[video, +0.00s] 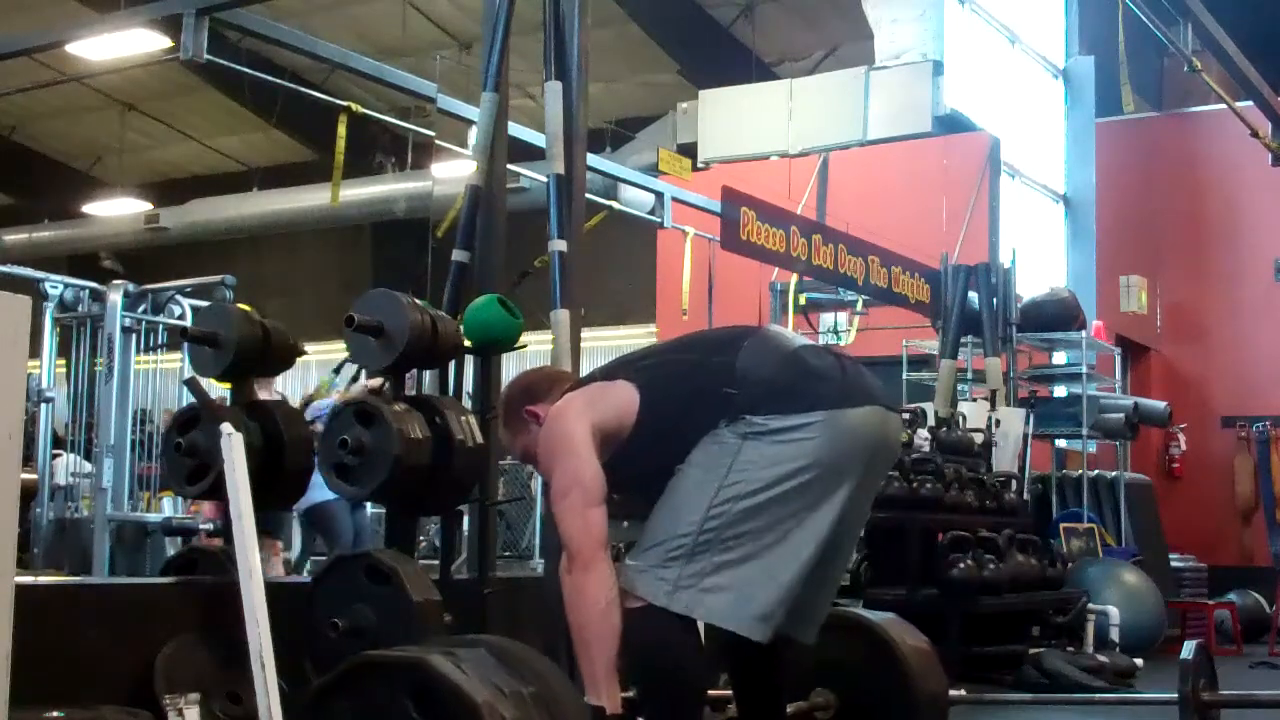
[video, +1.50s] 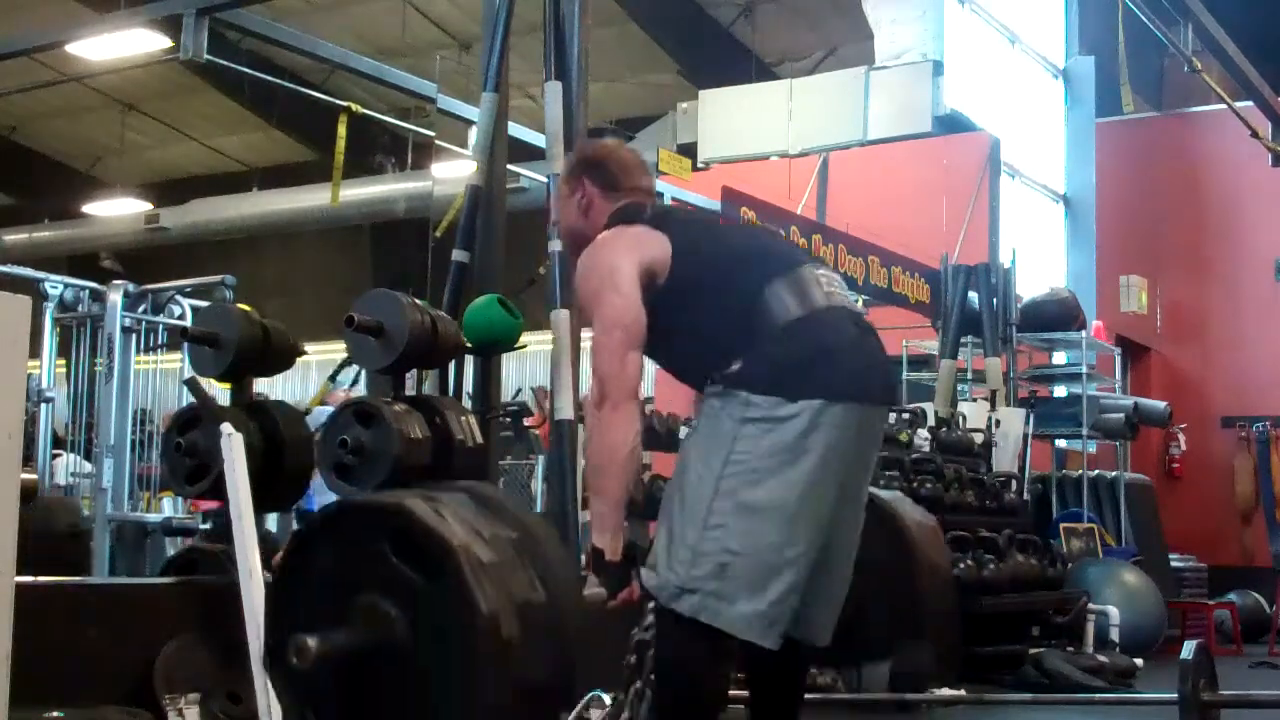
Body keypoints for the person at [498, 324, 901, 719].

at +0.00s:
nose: (541, 470)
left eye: (530, 455)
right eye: (529, 462)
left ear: (535, 416)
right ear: (568, 391)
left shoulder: (567, 418)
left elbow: (586, 559)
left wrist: (602, 701)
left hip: (787, 414)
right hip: (873, 414)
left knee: (647, 599)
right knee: (754, 625)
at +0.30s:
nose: (528, 408)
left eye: (530, 386)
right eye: (527, 390)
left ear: (555, 374)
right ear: (595, 366)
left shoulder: (576, 413)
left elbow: (590, 556)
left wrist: (601, 702)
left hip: (803, 443)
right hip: (874, 446)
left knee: (643, 603)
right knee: (742, 636)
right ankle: (757, 716)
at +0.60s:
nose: (554, 348)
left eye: (557, 333)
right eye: (554, 334)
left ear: (584, 330)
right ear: (637, 326)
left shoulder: (607, 387)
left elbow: (608, 539)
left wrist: (598, 684)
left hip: (803, 455)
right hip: (883, 460)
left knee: (645, 604)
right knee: (746, 632)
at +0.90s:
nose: (546, 356)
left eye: (547, 337)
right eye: (545, 340)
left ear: (572, 329)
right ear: (619, 320)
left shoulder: (602, 372)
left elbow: (609, 527)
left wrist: (603, 681)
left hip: (799, 424)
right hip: (880, 426)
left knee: (654, 608)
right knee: (760, 636)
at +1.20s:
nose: (549, 311)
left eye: (549, 292)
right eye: (547, 295)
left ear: (574, 284)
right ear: (625, 275)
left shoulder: (607, 327)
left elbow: (614, 482)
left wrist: (608, 636)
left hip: (795, 396)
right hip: (878, 397)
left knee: (672, 611)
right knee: (776, 626)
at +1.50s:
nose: (554, 217)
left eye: (559, 198)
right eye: (556, 200)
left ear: (587, 196)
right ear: (634, 197)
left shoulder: (612, 253)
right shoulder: (686, 233)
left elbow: (614, 402)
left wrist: (607, 549)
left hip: (781, 379)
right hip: (860, 377)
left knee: (693, 603)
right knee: (786, 618)